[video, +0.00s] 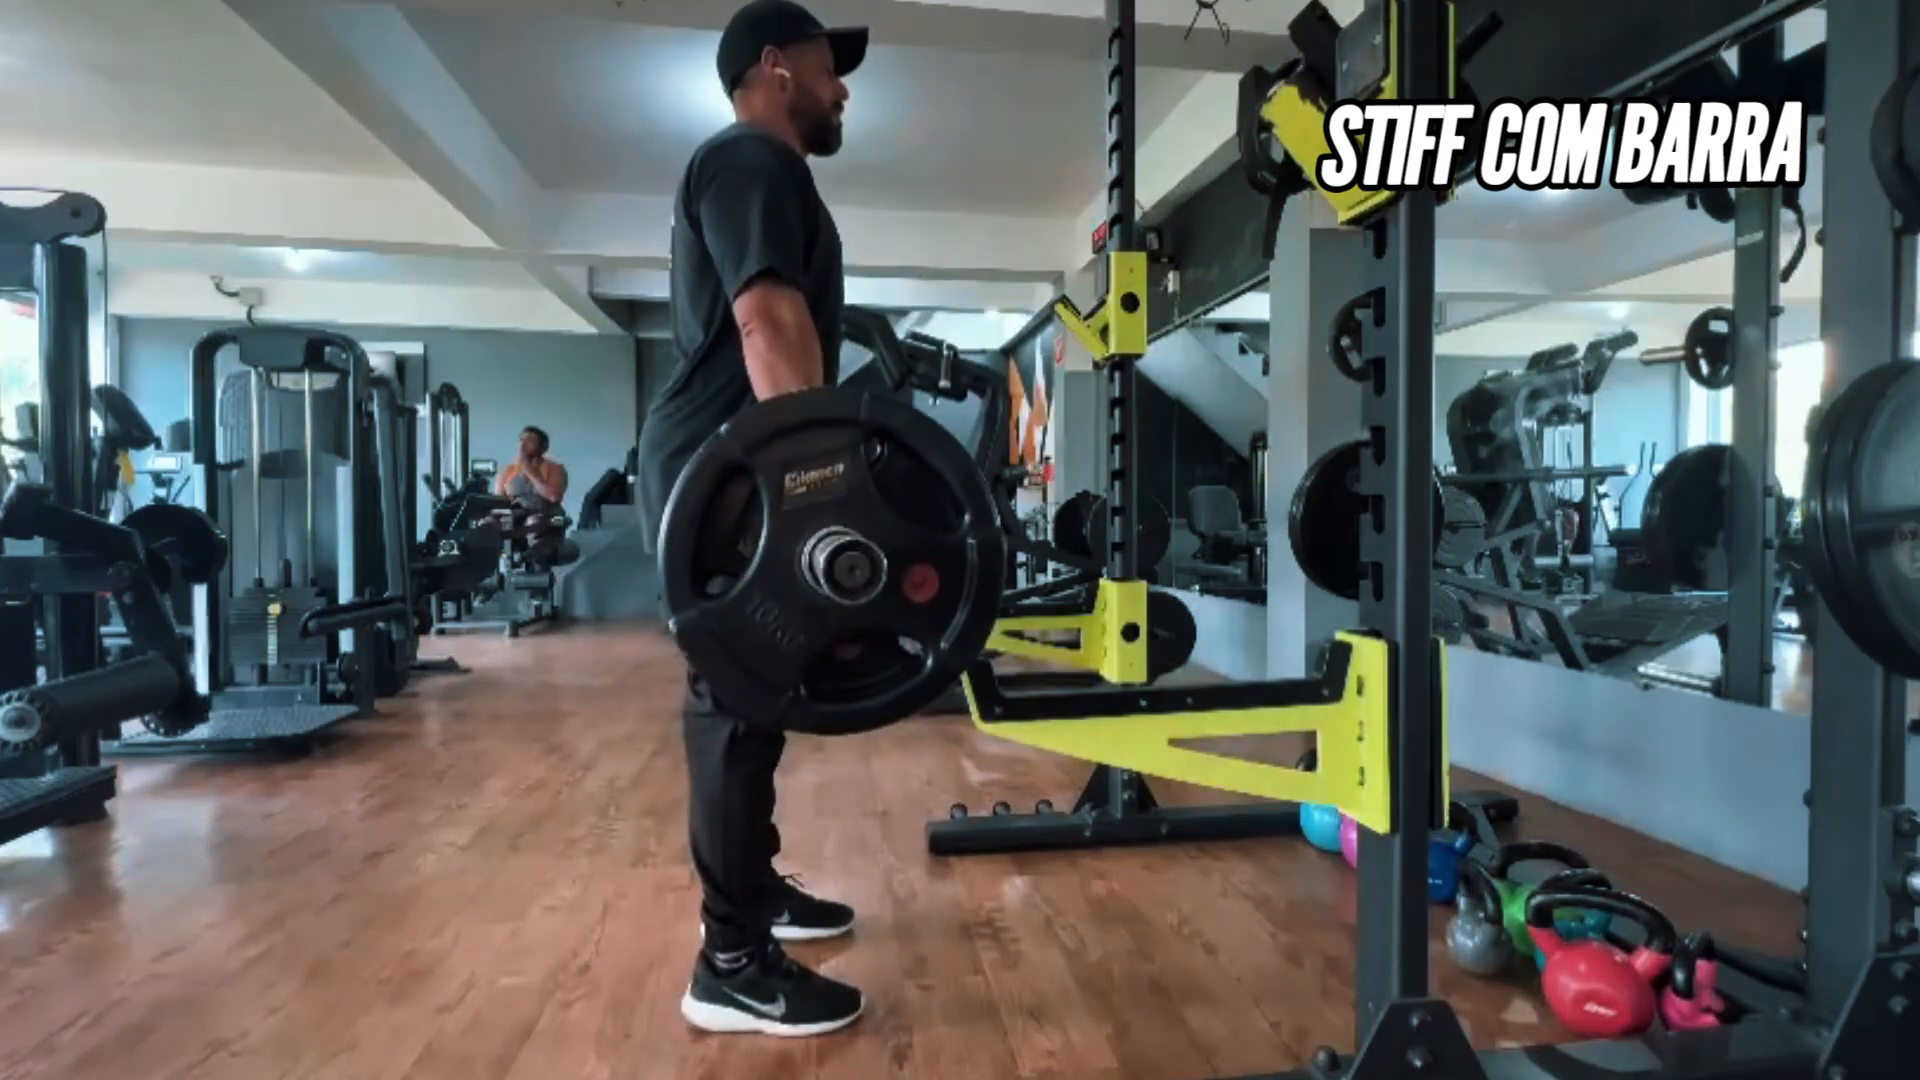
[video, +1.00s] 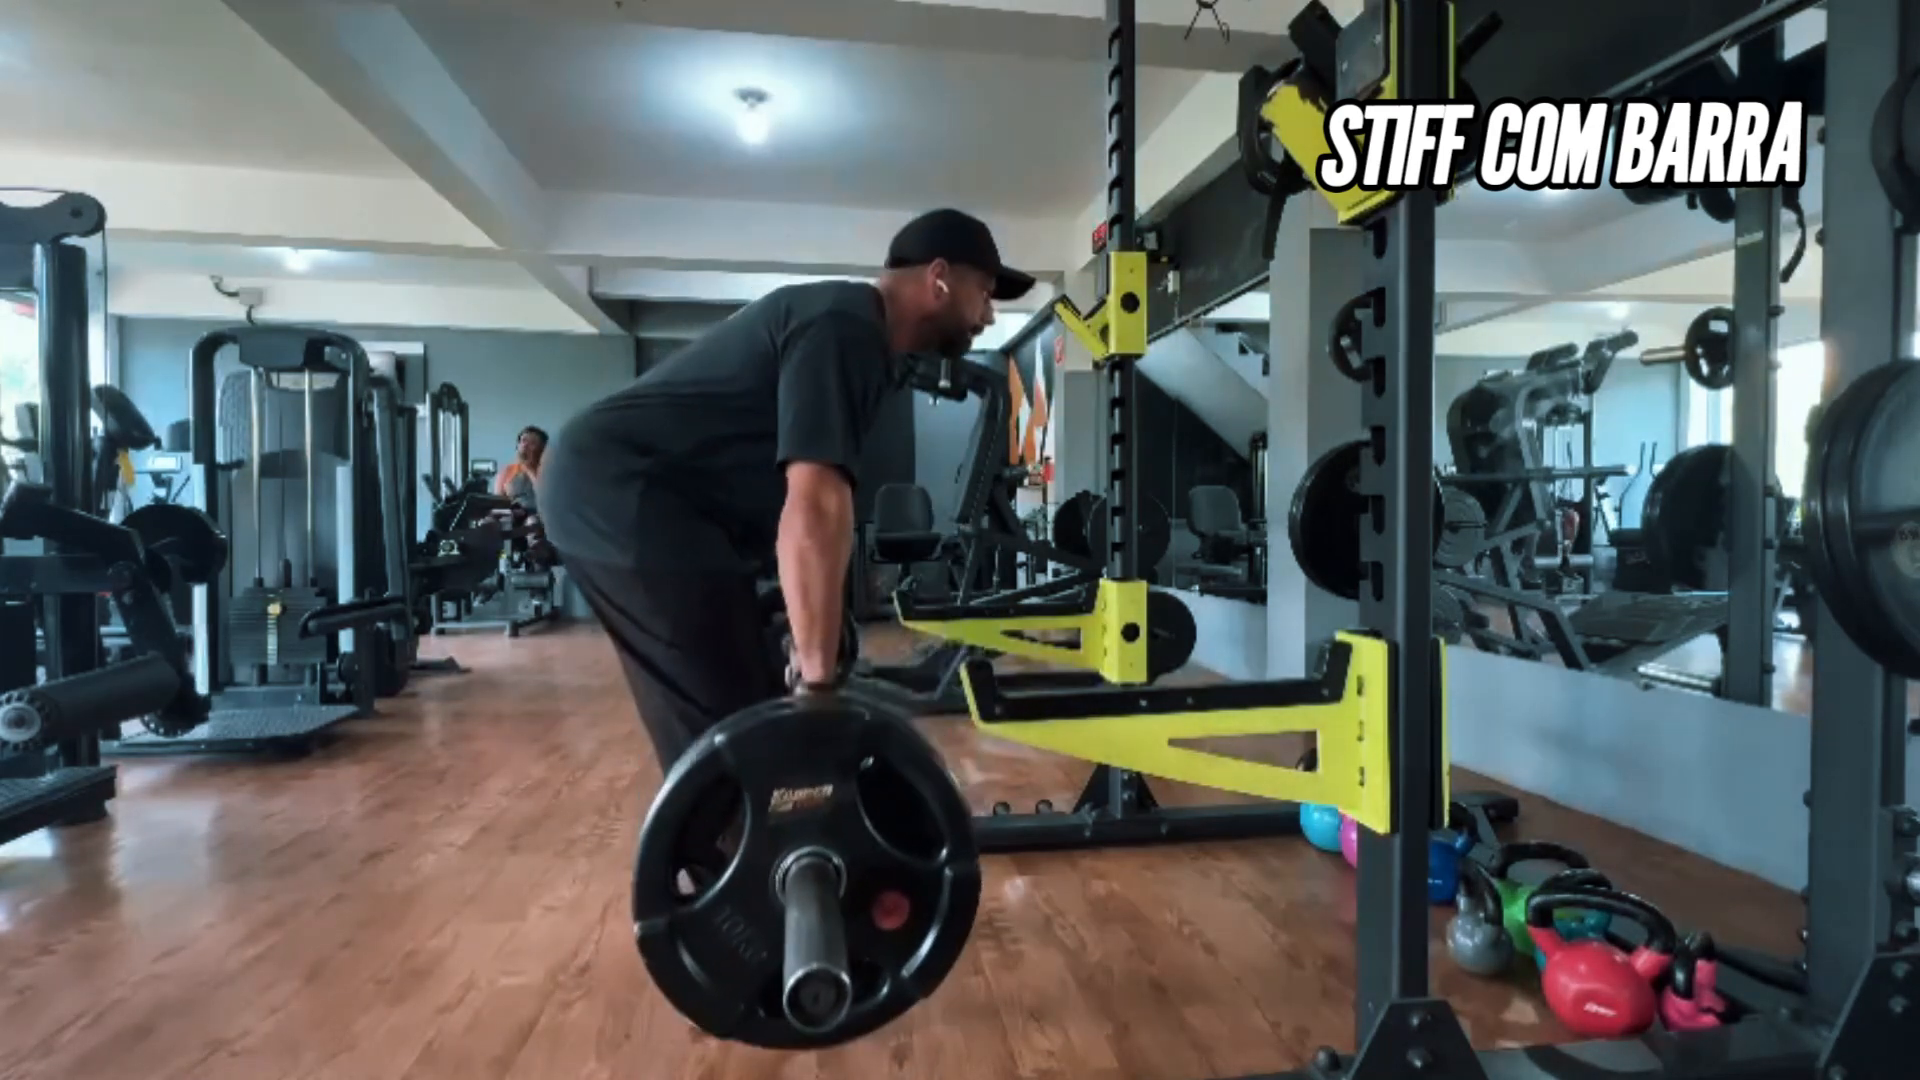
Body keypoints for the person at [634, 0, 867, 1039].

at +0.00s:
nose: (845, 87)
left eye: (843, 71)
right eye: (831, 67)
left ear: (769, 76)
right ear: (772, 68)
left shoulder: (756, 170)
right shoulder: (748, 160)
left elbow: (774, 335)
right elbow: (765, 317)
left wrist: (818, 483)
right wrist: (826, 486)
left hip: (728, 472)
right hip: (710, 474)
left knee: (751, 688)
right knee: (730, 698)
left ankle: (750, 882)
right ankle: (730, 956)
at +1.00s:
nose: (990, 315)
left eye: (994, 298)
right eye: (986, 292)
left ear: (934, 280)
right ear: (938, 277)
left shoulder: (850, 332)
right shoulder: (840, 322)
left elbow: (822, 502)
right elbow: (814, 499)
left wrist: (816, 665)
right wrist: (818, 675)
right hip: (620, 481)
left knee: (709, 715)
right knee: (741, 709)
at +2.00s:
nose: (958, 226)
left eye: (960, 209)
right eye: (950, 204)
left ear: (891, 198)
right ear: (900, 193)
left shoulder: (827, 268)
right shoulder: (817, 251)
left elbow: (802, 430)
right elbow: (797, 425)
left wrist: (812, 601)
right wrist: (810, 608)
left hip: (653, 479)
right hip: (644, 478)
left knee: (723, 692)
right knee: (741, 696)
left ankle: (772, 886)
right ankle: (732, 960)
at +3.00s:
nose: (861, 96)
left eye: (859, 80)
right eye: (848, 76)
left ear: (786, 83)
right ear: (790, 75)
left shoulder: (764, 182)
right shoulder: (754, 165)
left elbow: (778, 344)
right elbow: (765, 326)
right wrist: (810, 498)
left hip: (720, 474)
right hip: (706, 475)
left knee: (752, 693)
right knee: (733, 704)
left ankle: (751, 884)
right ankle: (731, 958)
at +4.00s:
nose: (986, 391)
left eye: (992, 377)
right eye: (985, 370)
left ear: (934, 348)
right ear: (940, 348)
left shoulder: (842, 383)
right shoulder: (833, 381)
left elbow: (813, 562)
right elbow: (801, 566)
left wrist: (790, 734)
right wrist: (796, 751)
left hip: (592, 490)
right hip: (589, 492)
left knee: (717, 713)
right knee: (725, 711)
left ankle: (707, 927)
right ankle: (717, 932)